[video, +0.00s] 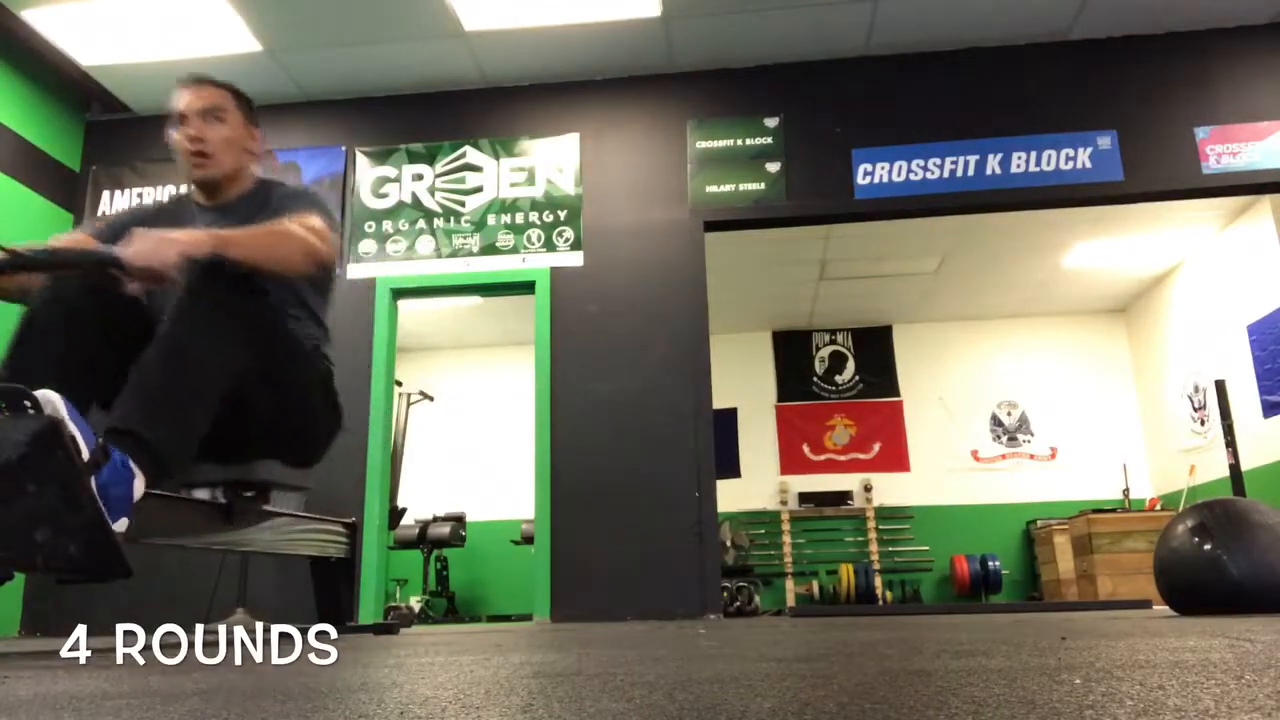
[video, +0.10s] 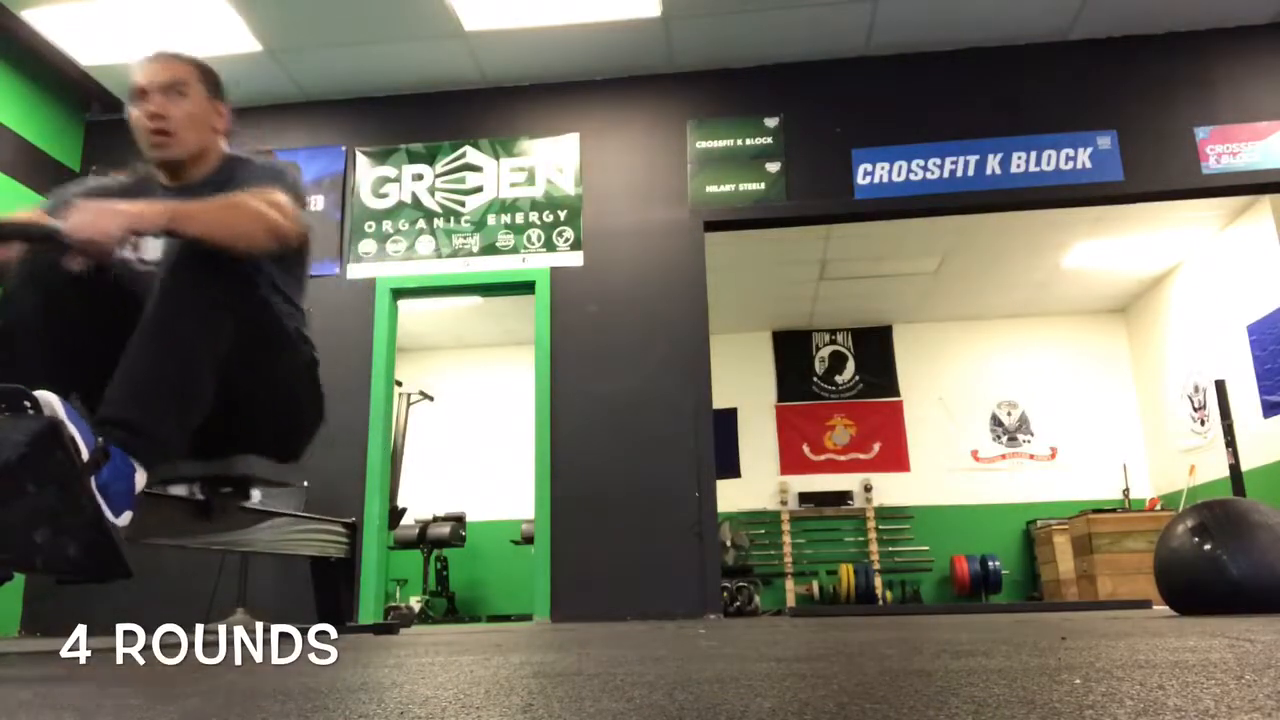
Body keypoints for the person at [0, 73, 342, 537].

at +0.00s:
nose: (193, 133)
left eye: (213, 118)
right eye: (182, 122)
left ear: (253, 139)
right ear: (171, 141)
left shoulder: (294, 203)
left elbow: (313, 250)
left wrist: (190, 242)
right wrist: (113, 263)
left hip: (286, 411)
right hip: (178, 410)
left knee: (220, 282)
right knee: (79, 289)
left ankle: (125, 470)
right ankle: (14, 442)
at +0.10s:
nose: (153, 109)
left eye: (175, 94)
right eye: (141, 98)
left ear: (220, 118)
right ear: (130, 119)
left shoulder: (267, 178)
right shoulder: (108, 193)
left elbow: (273, 227)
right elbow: (17, 230)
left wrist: (137, 216)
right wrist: (68, 238)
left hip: (263, 407)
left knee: (208, 257)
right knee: (44, 265)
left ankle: (123, 461)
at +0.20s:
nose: (117, 89)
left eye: (140, 73)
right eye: (103, 78)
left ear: (189, 98)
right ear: (92, 100)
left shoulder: (238, 161)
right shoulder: (74, 178)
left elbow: (237, 201)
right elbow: (15, 194)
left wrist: (76, 187)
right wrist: (11, 213)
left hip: (241, 400)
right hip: (115, 391)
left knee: (194, 230)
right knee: (33, 241)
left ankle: (124, 455)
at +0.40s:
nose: (95, 70)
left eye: (121, 54)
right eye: (83, 61)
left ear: (172, 84)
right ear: (72, 86)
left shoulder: (224, 144)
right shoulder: (54, 170)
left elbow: (202, 181)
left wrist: (53, 142)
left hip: (228, 390)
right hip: (100, 381)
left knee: (172, 217)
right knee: (22, 230)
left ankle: (122, 447)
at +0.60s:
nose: (166, 91)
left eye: (191, 79)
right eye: (158, 81)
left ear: (234, 110)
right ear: (145, 107)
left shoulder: (271, 174)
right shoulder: (120, 187)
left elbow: (244, 218)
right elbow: (31, 222)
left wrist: (122, 179)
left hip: (250, 396)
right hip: (135, 388)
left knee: (187, 243)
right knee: (49, 253)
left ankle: (117, 458)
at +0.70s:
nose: (215, 116)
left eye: (238, 107)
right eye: (203, 108)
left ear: (272, 136)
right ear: (189, 132)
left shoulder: (305, 197)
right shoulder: (164, 202)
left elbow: (294, 240)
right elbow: (83, 250)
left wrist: (184, 201)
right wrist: (4, 239)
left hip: (273, 403)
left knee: (209, 278)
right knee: (75, 279)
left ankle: (112, 461)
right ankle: (13, 450)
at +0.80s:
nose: (256, 143)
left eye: (276, 134)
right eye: (245, 134)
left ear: (306, 163)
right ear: (232, 156)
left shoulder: (328, 221)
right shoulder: (213, 231)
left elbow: (326, 261)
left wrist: (239, 230)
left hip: (299, 415)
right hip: (206, 412)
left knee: (233, 312)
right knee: (109, 309)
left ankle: (116, 468)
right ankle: (21, 442)